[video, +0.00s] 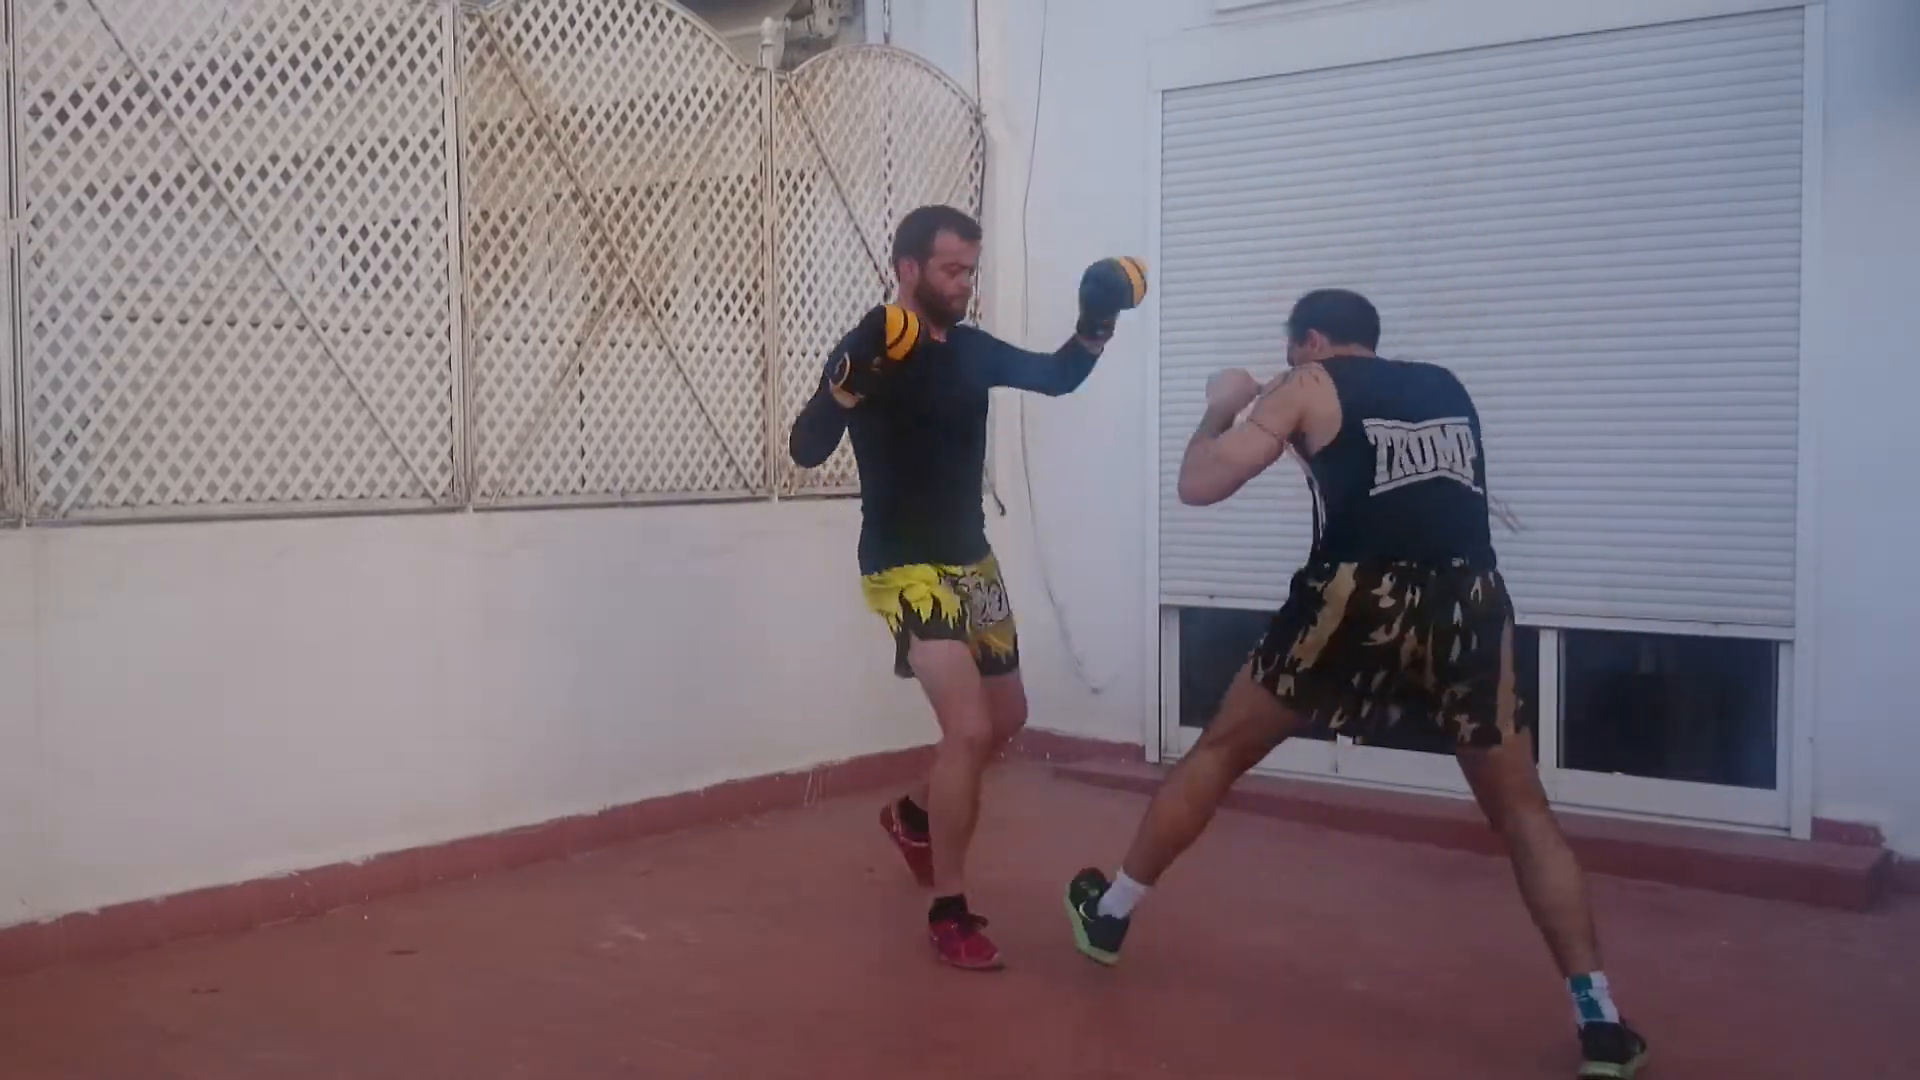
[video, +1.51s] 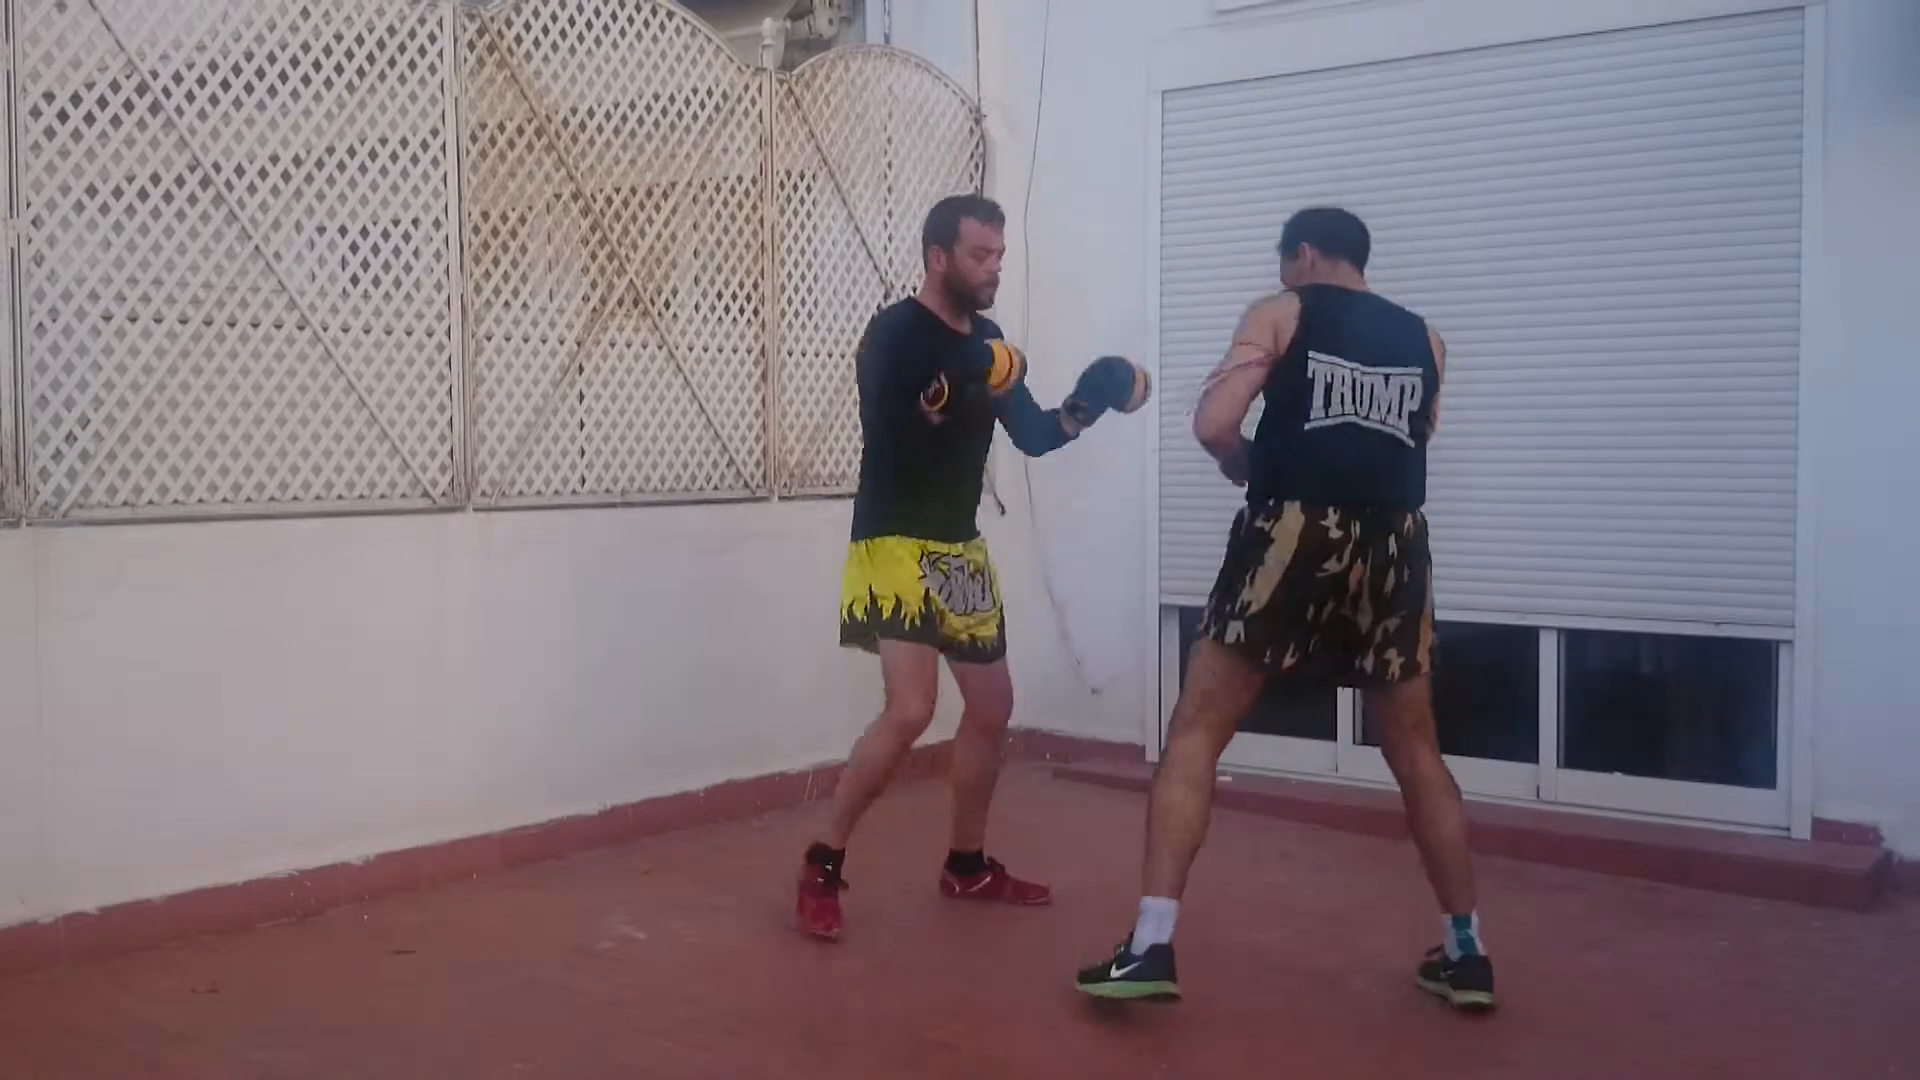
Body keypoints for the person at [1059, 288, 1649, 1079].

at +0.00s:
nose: (1289, 360)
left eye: (1292, 348)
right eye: (1289, 350)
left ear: (1315, 342)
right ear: (1371, 341)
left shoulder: (1305, 388)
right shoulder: (1444, 386)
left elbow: (1197, 483)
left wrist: (1219, 414)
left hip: (1353, 604)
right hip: (1471, 611)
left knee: (1222, 753)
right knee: (1523, 810)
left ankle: (1111, 912)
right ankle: (1599, 1016)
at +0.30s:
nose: (1136, 453)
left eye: (1135, 447)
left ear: (1144, 441)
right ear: (1197, 404)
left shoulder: (1139, 485)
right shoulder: (1260, 406)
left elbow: (1104, 626)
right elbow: (1339, 492)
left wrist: (1138, 645)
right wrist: (1262, 481)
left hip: (1204, 582)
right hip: (1312, 561)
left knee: (1159, 750)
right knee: (1425, 765)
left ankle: (1091, 931)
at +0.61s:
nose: (1235, 298)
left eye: (1233, 290)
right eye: (1219, 289)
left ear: (1226, 315)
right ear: (1188, 299)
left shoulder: (1250, 415)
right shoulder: (1163, 345)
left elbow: (1341, 495)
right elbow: (1184, 231)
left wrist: (1327, 404)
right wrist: (1260, 292)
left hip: (1193, 573)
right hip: (1209, 557)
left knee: (1198, 781)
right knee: (1315, 747)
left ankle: (1058, 921)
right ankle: (1320, 979)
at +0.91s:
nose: (1264, 279)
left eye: (1274, 276)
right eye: (1251, 265)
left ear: (1277, 303)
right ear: (1221, 271)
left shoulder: (1247, 401)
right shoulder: (1194, 315)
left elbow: (1312, 493)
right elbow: (1241, 197)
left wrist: (1340, 395)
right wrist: (1309, 281)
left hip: (1171, 561)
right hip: (1200, 551)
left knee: (1178, 762)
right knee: (1287, 745)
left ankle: (1046, 907)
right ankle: (1303, 968)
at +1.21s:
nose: (1352, 314)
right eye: (1349, 305)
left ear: (1272, 302)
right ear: (1342, 298)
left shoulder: (1221, 358)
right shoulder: (1344, 338)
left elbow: (1234, 462)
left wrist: (1344, 483)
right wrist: (1393, 365)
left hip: (1208, 555)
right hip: (1314, 557)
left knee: (1145, 741)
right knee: (1377, 755)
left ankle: (1052, 906)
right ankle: (1403, 955)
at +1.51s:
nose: (1282, 280)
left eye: (1283, 267)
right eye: (1283, 270)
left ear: (1307, 255)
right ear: (1362, 260)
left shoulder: (1283, 310)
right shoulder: (1428, 341)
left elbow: (1212, 423)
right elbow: (1415, 441)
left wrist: (1248, 468)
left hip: (1291, 536)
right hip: (1396, 546)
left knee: (1198, 732)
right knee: (1415, 747)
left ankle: (1149, 948)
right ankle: (1467, 951)